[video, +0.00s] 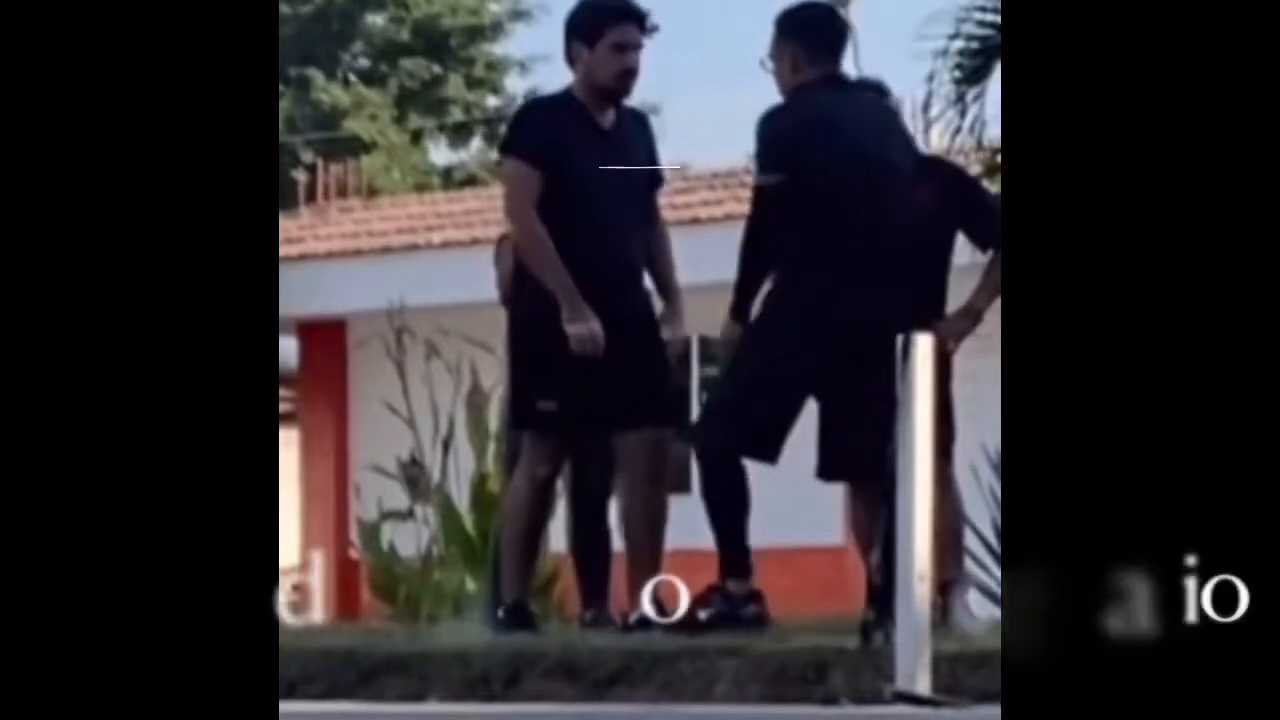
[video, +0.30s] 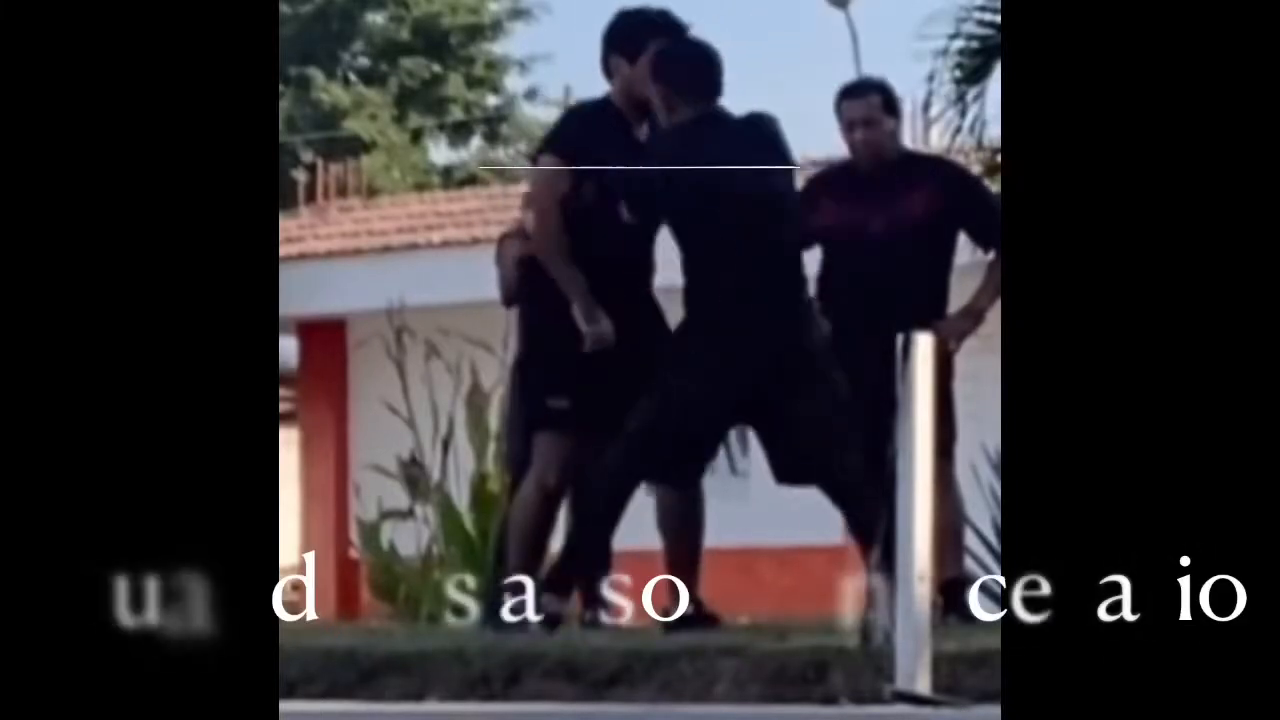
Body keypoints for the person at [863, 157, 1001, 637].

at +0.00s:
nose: (876, 137)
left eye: (881, 124)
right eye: (866, 129)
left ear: (896, 125)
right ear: (853, 137)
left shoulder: (935, 178)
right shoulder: (841, 191)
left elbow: (999, 244)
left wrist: (966, 317)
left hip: (918, 350)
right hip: (855, 349)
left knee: (933, 476)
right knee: (864, 482)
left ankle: (947, 598)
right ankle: (880, 599)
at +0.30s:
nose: (862, 135)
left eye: (871, 123)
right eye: (851, 126)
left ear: (895, 121)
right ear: (841, 132)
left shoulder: (940, 179)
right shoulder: (825, 189)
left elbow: (1002, 241)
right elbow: (782, 255)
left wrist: (968, 316)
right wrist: (804, 324)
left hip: (919, 345)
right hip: (847, 345)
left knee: (932, 468)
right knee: (858, 469)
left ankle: (951, 584)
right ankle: (883, 585)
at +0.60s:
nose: (862, 137)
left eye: (871, 124)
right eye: (852, 127)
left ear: (896, 122)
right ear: (841, 131)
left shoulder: (942, 179)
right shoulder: (827, 188)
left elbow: (1001, 243)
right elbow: (774, 253)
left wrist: (971, 315)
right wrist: (812, 318)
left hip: (921, 352)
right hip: (850, 351)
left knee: (933, 478)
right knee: (864, 483)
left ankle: (946, 589)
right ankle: (877, 596)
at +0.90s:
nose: (864, 137)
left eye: (873, 124)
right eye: (853, 127)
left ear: (897, 122)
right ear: (841, 130)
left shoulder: (942, 178)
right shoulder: (826, 187)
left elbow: (1003, 241)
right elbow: (778, 258)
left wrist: (972, 314)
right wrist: (814, 317)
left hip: (921, 350)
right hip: (850, 350)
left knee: (932, 474)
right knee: (865, 480)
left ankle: (948, 594)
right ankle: (877, 604)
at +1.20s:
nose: (865, 136)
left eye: (875, 124)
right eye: (854, 126)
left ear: (899, 122)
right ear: (843, 131)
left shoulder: (945, 179)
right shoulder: (829, 187)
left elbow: (1002, 246)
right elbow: (777, 250)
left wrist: (973, 315)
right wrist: (814, 319)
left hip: (922, 351)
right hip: (849, 350)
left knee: (932, 474)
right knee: (865, 478)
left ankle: (947, 589)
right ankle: (879, 593)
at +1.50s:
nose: (866, 137)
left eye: (876, 125)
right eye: (856, 128)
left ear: (902, 123)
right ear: (846, 132)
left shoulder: (947, 180)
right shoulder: (831, 187)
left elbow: (1003, 245)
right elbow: (778, 250)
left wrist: (973, 317)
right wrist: (813, 315)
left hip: (923, 353)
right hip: (850, 352)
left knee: (932, 476)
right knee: (855, 480)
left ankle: (947, 590)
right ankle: (877, 599)